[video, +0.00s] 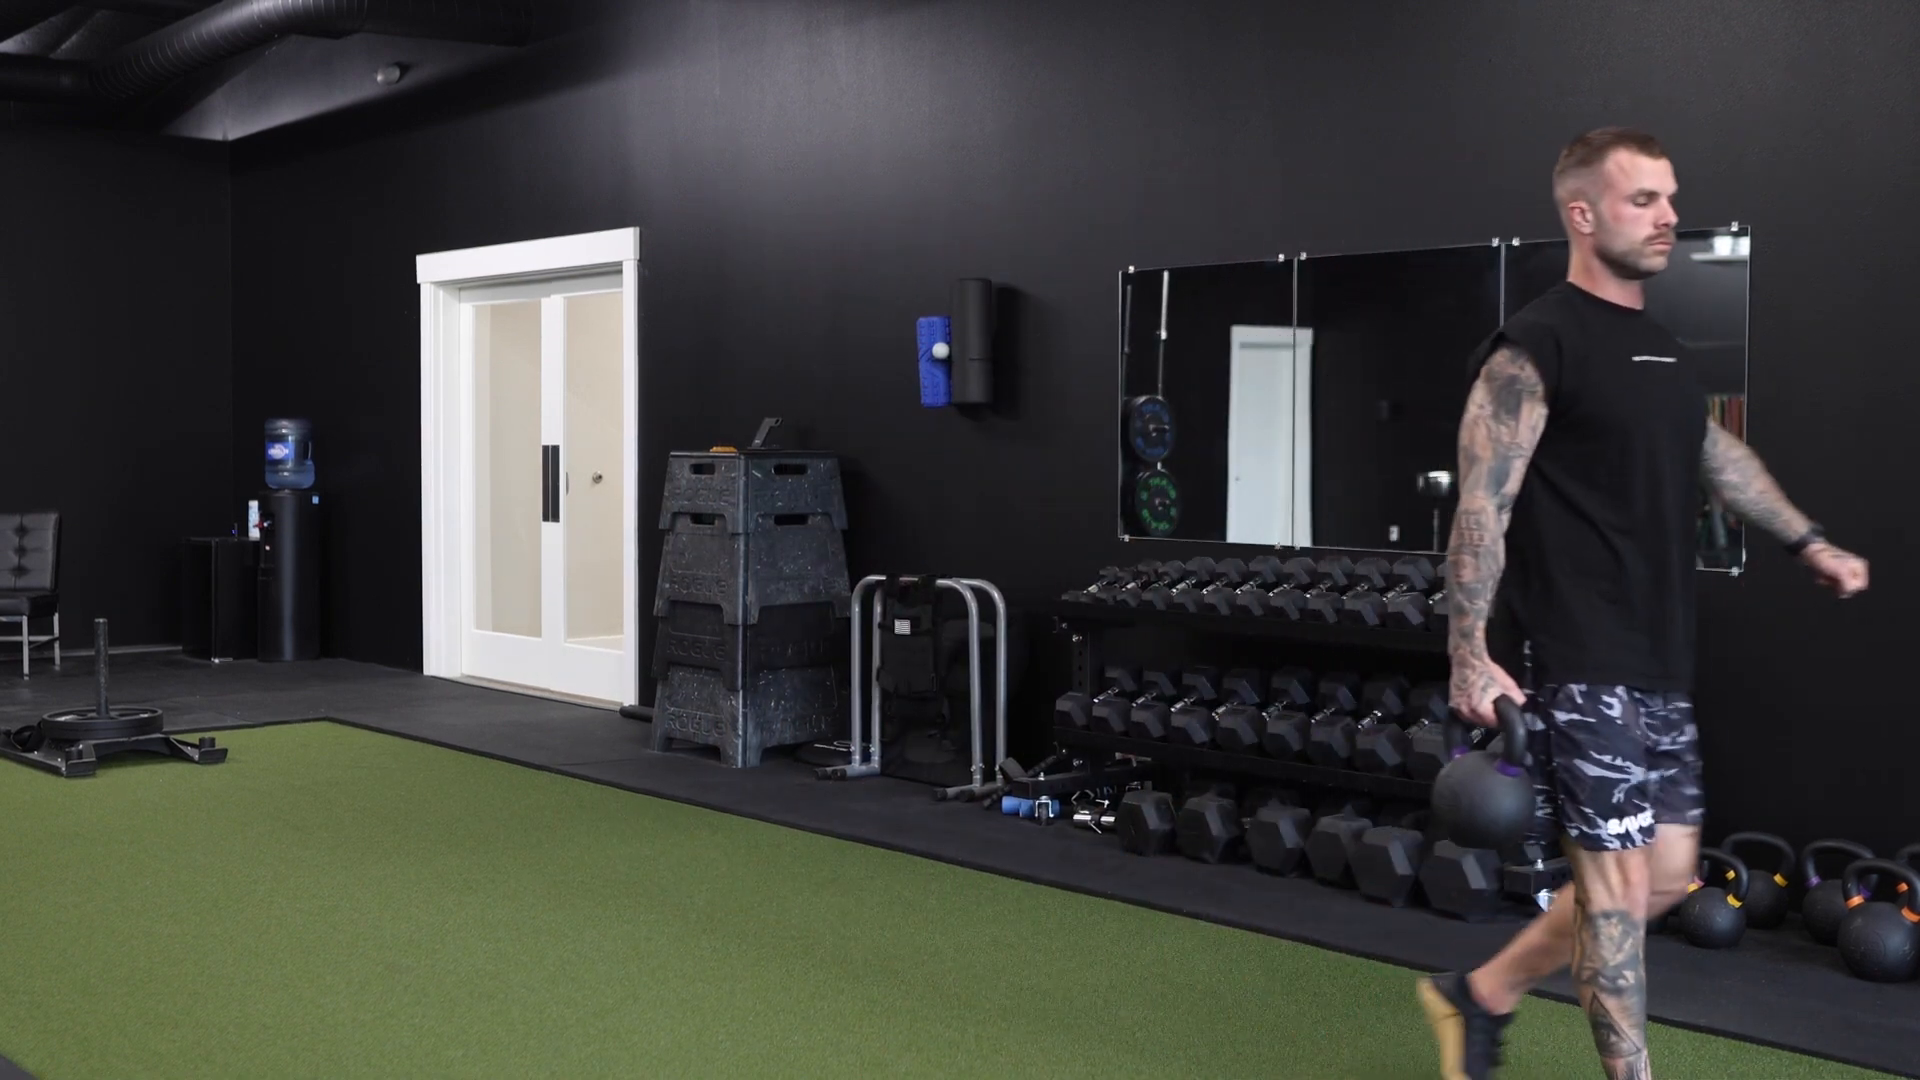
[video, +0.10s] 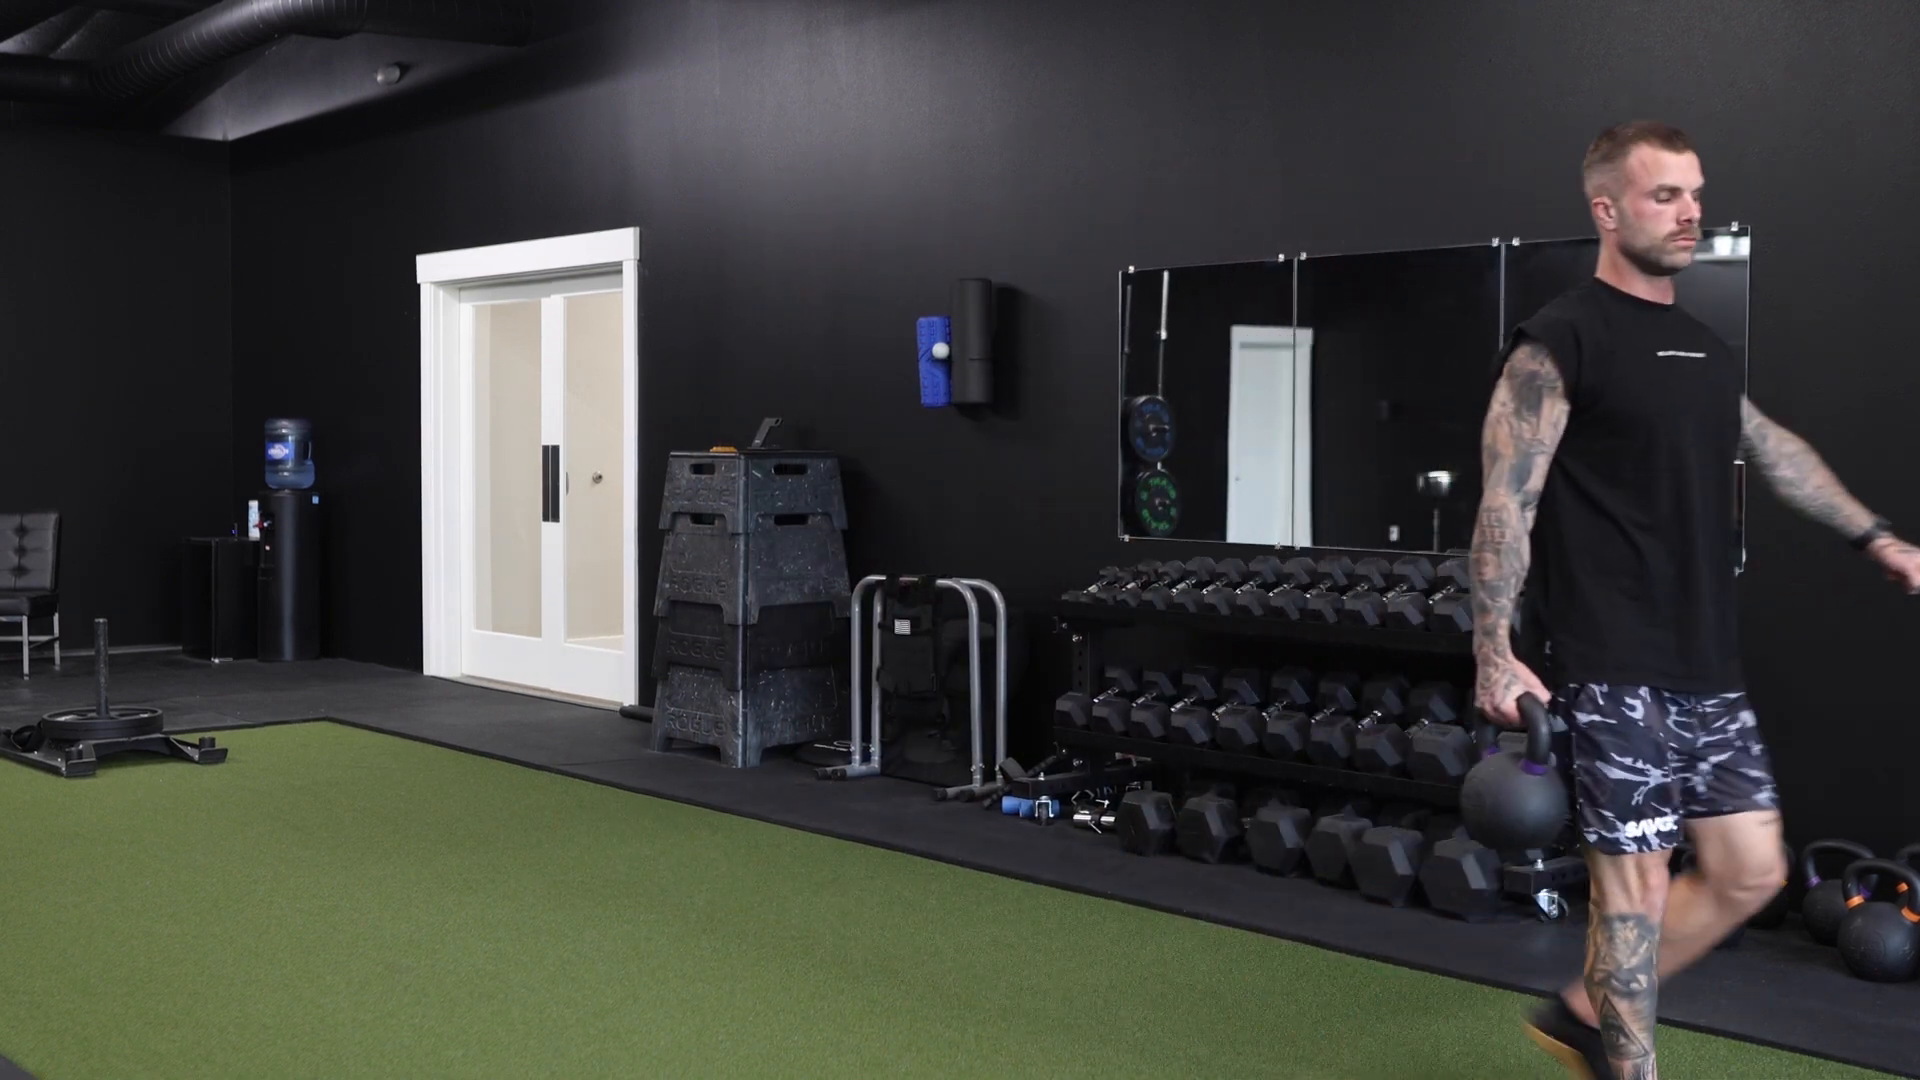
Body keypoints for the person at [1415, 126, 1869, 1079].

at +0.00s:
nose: (1667, 217)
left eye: (1670, 200)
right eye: (1643, 200)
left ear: (1667, 212)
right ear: (1579, 213)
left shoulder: (1653, 344)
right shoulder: (1533, 346)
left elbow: (1718, 454)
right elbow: (1481, 504)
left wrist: (1809, 541)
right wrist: (1467, 647)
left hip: (1659, 654)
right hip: (1577, 657)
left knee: (1670, 866)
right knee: (1613, 879)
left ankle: (1480, 991)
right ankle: (1630, 1072)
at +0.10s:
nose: (1688, 214)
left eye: (1695, 196)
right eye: (1664, 195)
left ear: (1699, 208)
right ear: (1605, 207)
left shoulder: (1702, 348)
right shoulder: (1561, 340)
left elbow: (1771, 447)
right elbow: (1505, 498)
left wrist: (1874, 535)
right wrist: (1493, 645)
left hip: (1704, 655)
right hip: (1605, 657)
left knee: (1748, 872)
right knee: (1632, 893)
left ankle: (1584, 1007)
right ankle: (1636, 1071)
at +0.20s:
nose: (1706, 207)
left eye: (1716, 191)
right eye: (1681, 190)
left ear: (1724, 204)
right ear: (1625, 203)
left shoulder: (1735, 339)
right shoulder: (1581, 337)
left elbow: (1831, 446)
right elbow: (1527, 498)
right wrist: (1513, 645)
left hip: (1742, 658)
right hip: (1631, 664)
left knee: (1799, 876)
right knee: (1647, 897)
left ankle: (1729, 1072)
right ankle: (1640, 1074)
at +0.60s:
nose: (1762, 200)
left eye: (1782, 177)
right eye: (1740, 183)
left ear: (1825, 180)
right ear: (1717, 196)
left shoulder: (1891, 332)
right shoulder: (1668, 338)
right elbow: (1618, 506)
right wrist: (1582, 654)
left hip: (1853, 673)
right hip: (1700, 673)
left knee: (1841, 912)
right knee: (1708, 918)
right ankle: (1649, 1070)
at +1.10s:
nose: (1725, 190)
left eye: (1750, 165)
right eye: (1720, 169)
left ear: (1833, 163)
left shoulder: (1906, 312)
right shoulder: (1719, 330)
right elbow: (1703, 505)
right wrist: (1668, 654)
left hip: (1860, 698)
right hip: (1715, 688)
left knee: (1856, 958)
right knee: (1669, 911)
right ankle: (1703, 1078)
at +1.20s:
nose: (1692, 192)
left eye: (1715, 167)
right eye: (1689, 169)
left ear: (1799, 165)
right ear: (1778, 170)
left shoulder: (1889, 320)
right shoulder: (1705, 328)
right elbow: (1699, 524)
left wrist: (1915, 389)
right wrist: (1682, 669)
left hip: (1844, 698)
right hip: (1708, 688)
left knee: (1847, 959)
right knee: (1674, 920)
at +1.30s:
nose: (1650, 194)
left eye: (1674, 169)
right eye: (1651, 171)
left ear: (1757, 169)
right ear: (1738, 176)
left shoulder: (1853, 332)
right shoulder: (1691, 330)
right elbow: (1708, 516)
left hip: (1822, 699)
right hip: (1695, 688)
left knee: (1837, 956)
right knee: (1677, 927)